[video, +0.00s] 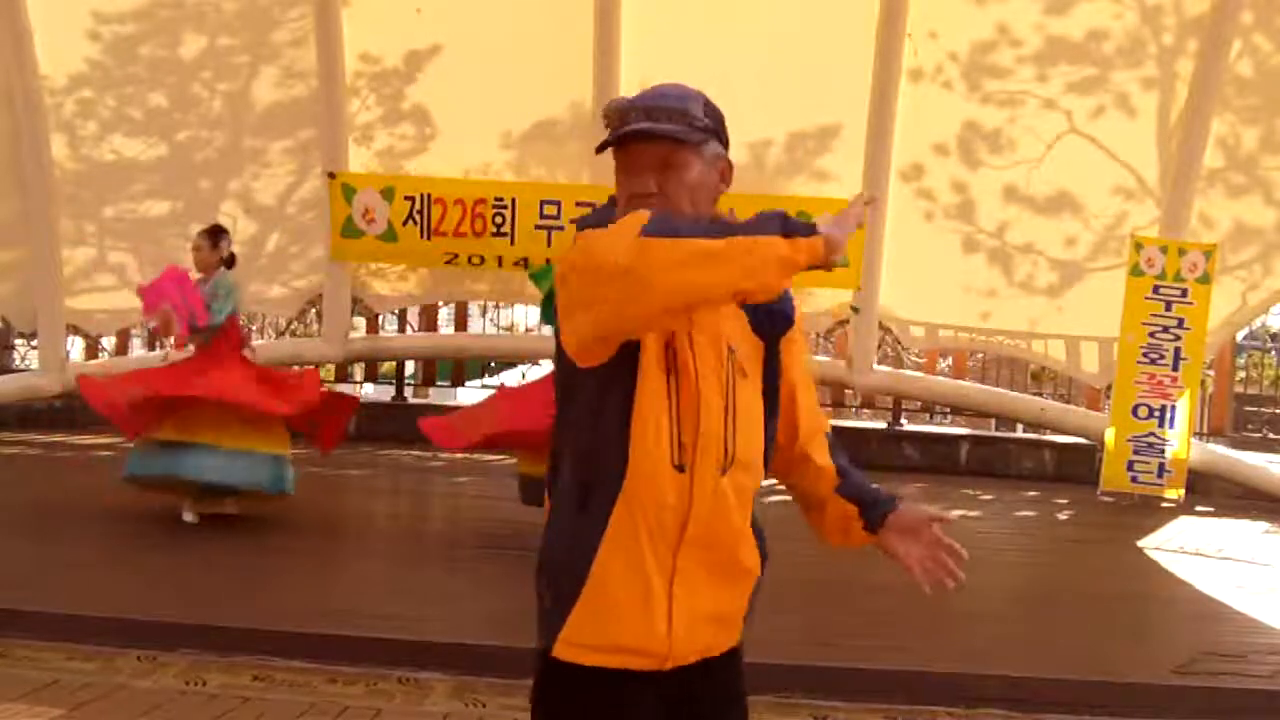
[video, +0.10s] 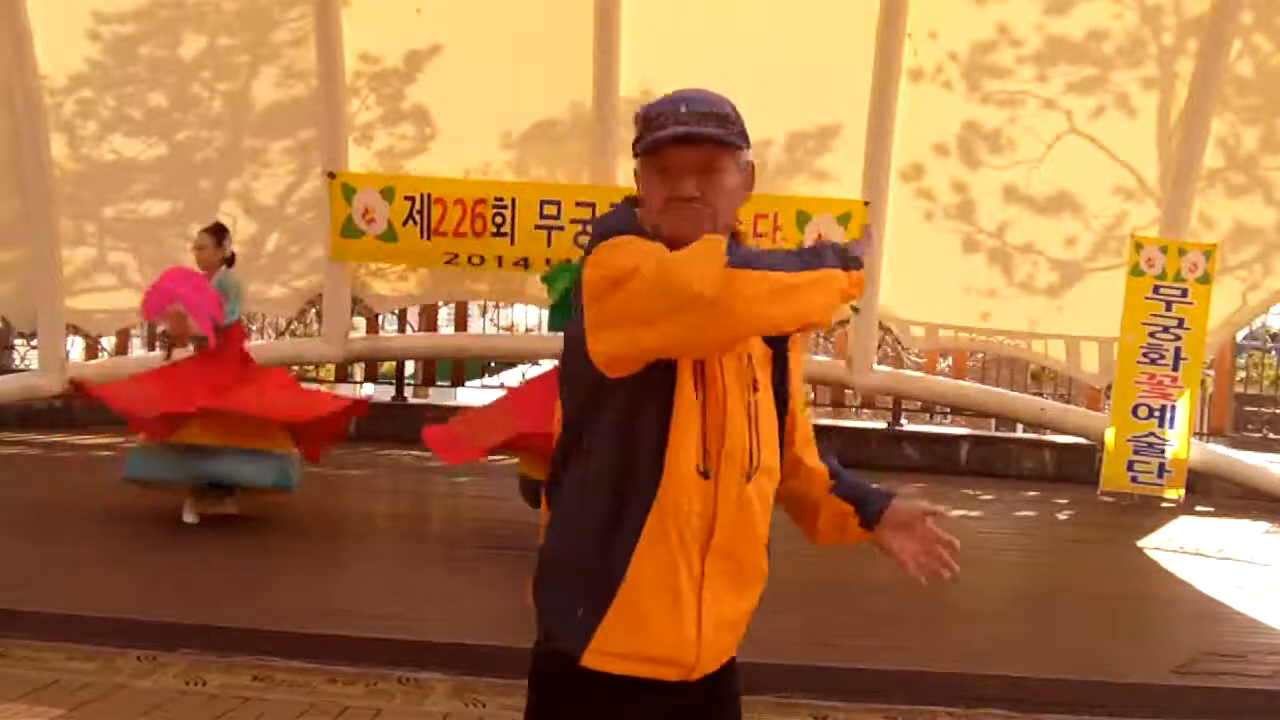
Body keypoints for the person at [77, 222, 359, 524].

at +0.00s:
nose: (194, 256)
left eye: (200, 249)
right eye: (194, 249)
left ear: (219, 253)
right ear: (204, 252)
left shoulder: (225, 285)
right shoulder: (199, 286)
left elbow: (216, 324)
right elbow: (180, 317)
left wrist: (186, 335)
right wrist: (164, 313)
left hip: (226, 361)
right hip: (203, 359)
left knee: (222, 421)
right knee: (203, 422)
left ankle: (194, 496)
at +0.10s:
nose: (197, 255)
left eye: (203, 248)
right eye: (196, 248)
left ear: (223, 251)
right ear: (205, 252)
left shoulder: (227, 284)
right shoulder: (205, 285)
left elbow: (220, 323)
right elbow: (191, 319)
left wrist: (186, 329)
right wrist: (174, 330)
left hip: (225, 362)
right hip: (207, 359)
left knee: (206, 424)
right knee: (218, 424)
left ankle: (197, 495)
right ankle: (226, 493)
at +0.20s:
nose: (202, 255)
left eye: (209, 248)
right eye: (199, 248)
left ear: (226, 251)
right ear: (196, 251)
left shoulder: (232, 285)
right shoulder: (190, 285)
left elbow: (241, 320)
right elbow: (177, 319)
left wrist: (211, 325)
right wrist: (182, 330)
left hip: (226, 362)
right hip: (193, 361)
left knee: (223, 426)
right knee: (196, 427)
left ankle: (219, 493)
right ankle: (194, 496)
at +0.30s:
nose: (203, 251)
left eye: (210, 245)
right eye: (200, 245)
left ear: (227, 247)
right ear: (199, 247)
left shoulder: (234, 279)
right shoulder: (192, 281)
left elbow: (246, 317)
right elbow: (173, 317)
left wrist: (208, 328)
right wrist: (179, 328)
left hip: (227, 361)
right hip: (196, 361)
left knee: (220, 427)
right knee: (201, 427)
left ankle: (208, 497)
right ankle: (204, 497)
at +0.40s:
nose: (208, 244)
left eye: (216, 239)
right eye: (206, 239)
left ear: (231, 243)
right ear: (202, 242)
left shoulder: (236, 278)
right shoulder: (193, 275)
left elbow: (234, 317)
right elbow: (166, 301)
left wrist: (199, 317)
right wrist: (181, 307)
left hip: (227, 358)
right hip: (194, 357)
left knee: (225, 422)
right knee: (194, 423)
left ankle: (221, 494)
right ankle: (195, 496)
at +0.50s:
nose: (216, 240)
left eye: (223, 235)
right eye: (212, 233)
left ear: (235, 243)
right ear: (205, 236)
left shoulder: (238, 277)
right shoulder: (196, 269)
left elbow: (238, 300)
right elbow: (170, 299)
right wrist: (184, 299)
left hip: (230, 355)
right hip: (194, 353)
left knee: (225, 421)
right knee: (191, 420)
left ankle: (220, 491)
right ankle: (194, 494)